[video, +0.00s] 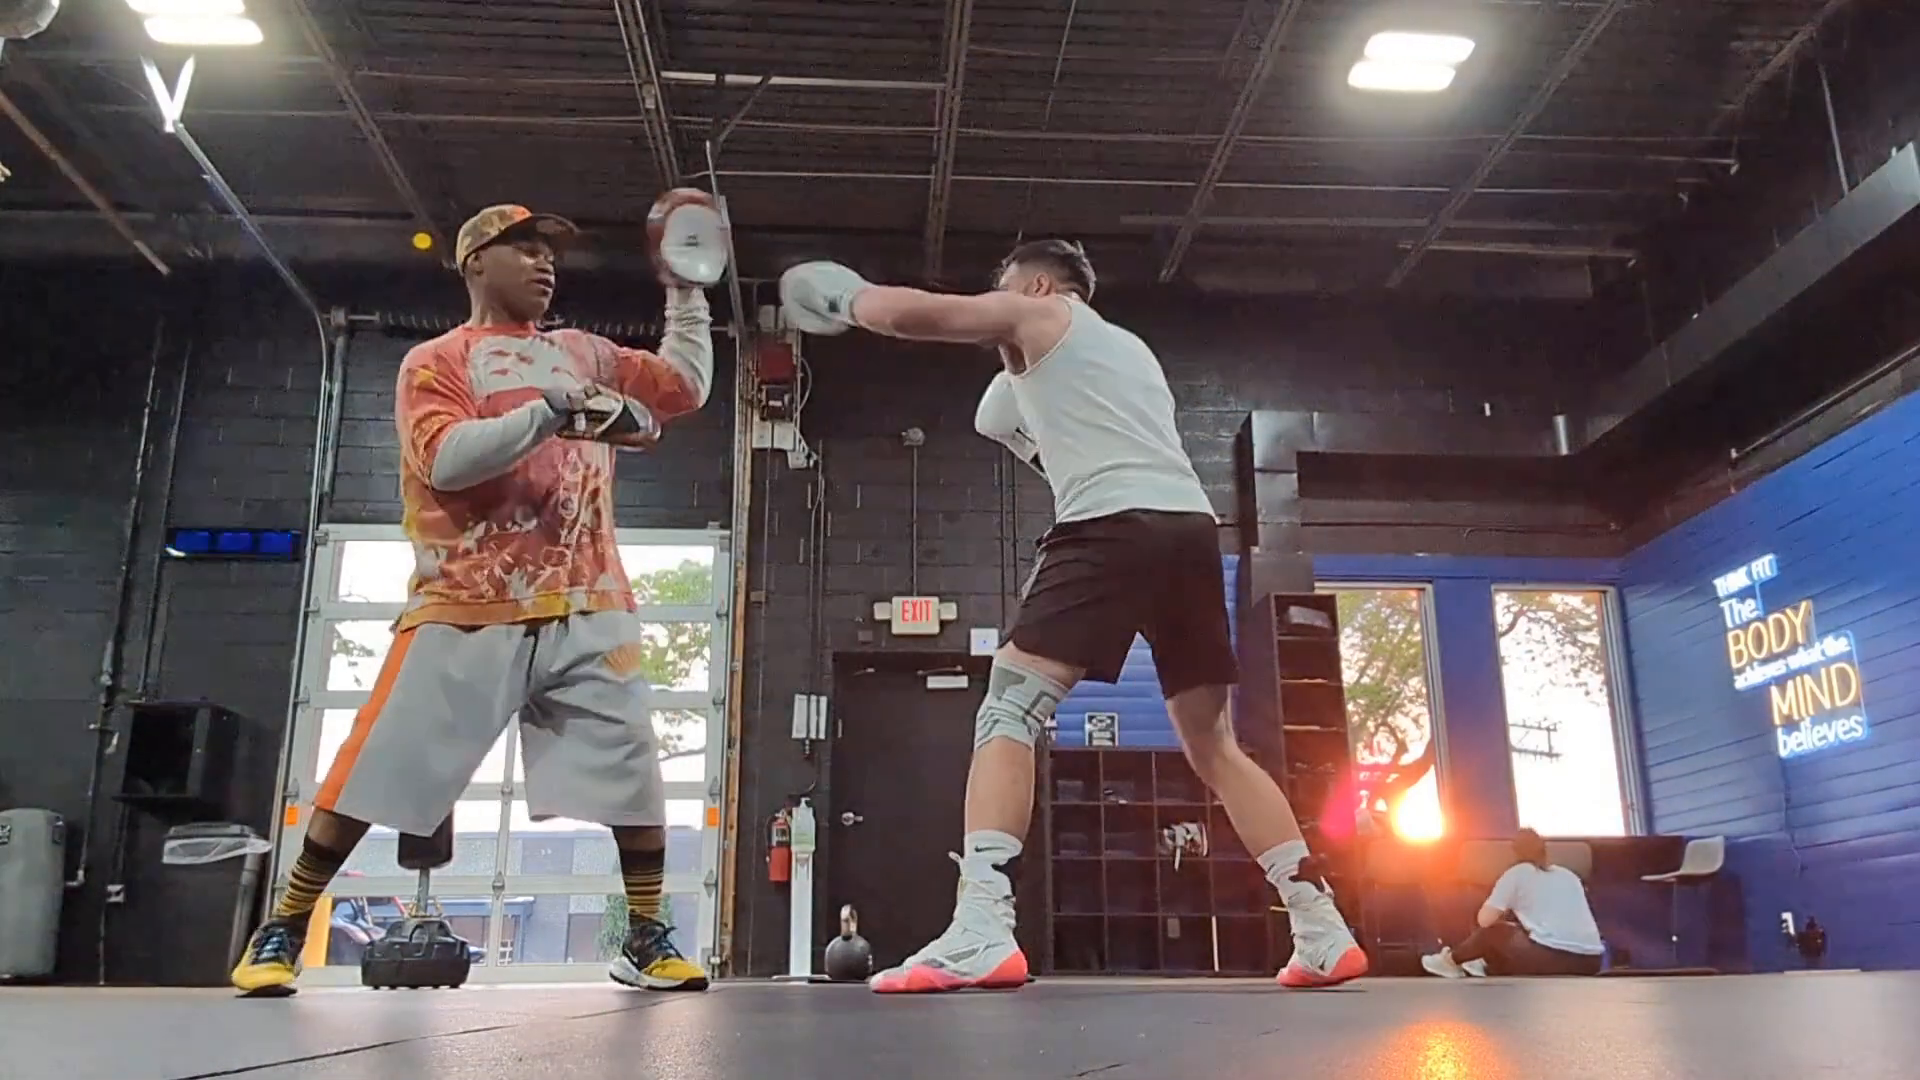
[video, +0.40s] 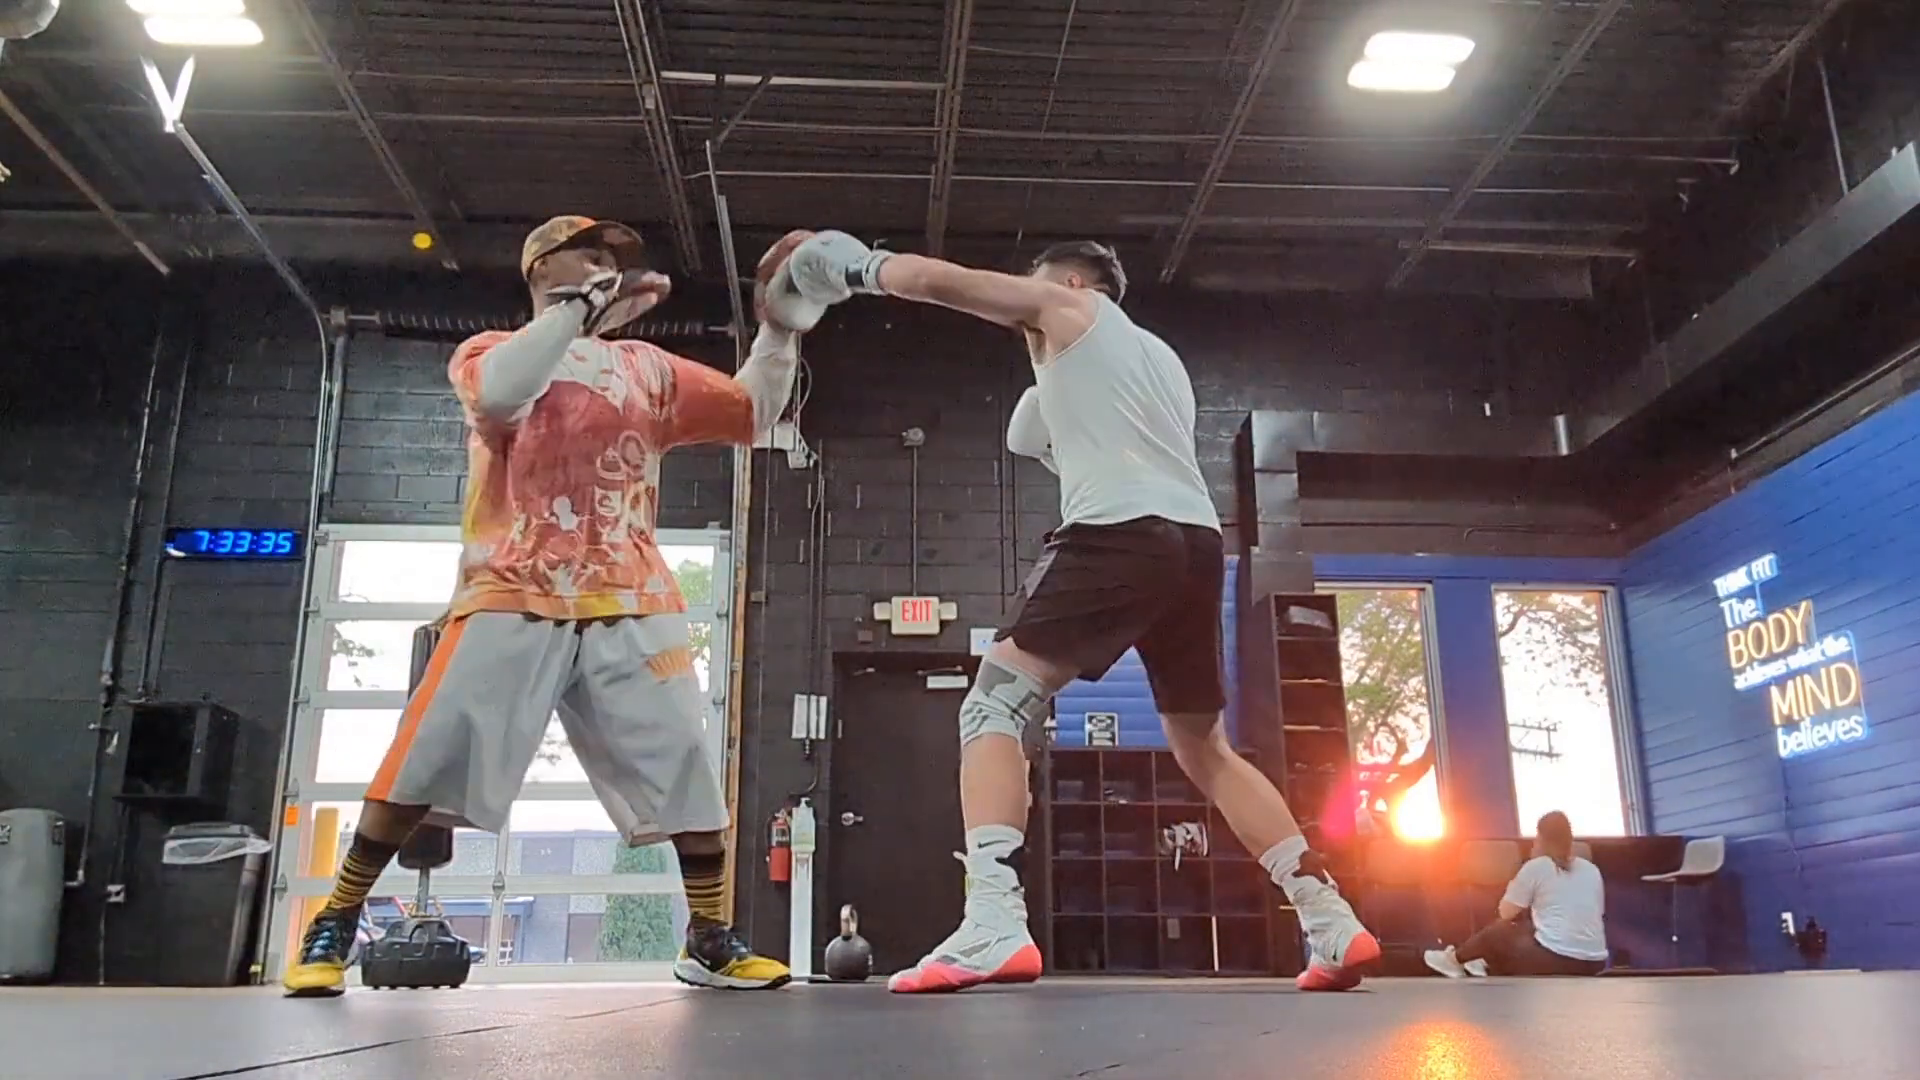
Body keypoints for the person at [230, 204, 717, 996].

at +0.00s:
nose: (546, 260)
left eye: (550, 249)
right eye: (526, 245)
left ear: (551, 270)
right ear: (476, 263)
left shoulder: (581, 352)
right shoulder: (435, 363)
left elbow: (682, 384)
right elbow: (445, 461)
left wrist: (687, 281)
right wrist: (552, 410)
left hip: (587, 598)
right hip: (468, 599)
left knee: (634, 758)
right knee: (380, 752)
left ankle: (647, 936)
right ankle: (287, 924)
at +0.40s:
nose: (606, 271)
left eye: (613, 261)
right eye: (587, 256)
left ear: (621, 282)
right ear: (539, 278)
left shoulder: (649, 369)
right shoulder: (491, 352)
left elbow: (755, 410)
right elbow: (499, 394)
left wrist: (777, 327)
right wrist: (586, 304)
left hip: (630, 588)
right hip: (513, 585)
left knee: (692, 748)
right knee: (439, 736)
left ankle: (710, 937)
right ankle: (335, 924)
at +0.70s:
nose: (718, 347)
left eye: (716, 336)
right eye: (707, 328)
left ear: (690, 324)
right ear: (678, 311)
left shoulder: (667, 398)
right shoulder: (632, 346)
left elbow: (654, 515)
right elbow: (701, 318)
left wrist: (721, 509)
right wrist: (764, 333)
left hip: (661, 612)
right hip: (589, 601)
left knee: (737, 736)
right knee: (497, 764)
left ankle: (744, 930)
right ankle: (302, 897)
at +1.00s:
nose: (803, 517)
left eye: (809, 506)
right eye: (803, 499)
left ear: (771, 469)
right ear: (779, 462)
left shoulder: (731, 519)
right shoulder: (747, 470)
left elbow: (721, 646)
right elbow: (795, 575)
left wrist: (717, 675)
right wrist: (765, 652)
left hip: (660, 687)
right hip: (595, 666)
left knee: (771, 748)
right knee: (505, 826)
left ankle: (780, 940)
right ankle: (276, 912)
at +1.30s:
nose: (834, 407)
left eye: (840, 397)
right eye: (827, 386)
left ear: (808, 392)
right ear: (790, 366)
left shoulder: (781, 479)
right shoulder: (737, 381)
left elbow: (762, 600)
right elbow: (762, 378)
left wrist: (839, 538)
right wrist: (840, 436)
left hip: (723, 631)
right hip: (643, 603)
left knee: (792, 744)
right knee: (575, 763)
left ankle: (783, 937)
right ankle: (392, 910)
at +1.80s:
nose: (789, 322)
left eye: (793, 310)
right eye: (770, 304)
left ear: (793, 327)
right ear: (723, 317)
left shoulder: (793, 437)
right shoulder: (674, 391)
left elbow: (767, 560)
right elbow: (748, 433)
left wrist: (824, 562)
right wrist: (817, 329)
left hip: (776, 631)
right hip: (663, 630)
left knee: (865, 765)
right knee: (559, 776)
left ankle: (919, 944)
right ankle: (439, 931)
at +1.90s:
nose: (805, 319)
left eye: (817, 306)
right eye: (788, 302)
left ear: (834, 319)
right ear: (755, 315)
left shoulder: (850, 421)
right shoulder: (709, 381)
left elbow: (883, 539)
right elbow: (715, 453)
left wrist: (967, 588)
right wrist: (803, 359)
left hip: (825, 616)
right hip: (713, 608)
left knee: (893, 758)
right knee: (595, 756)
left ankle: (921, 944)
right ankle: (465, 920)